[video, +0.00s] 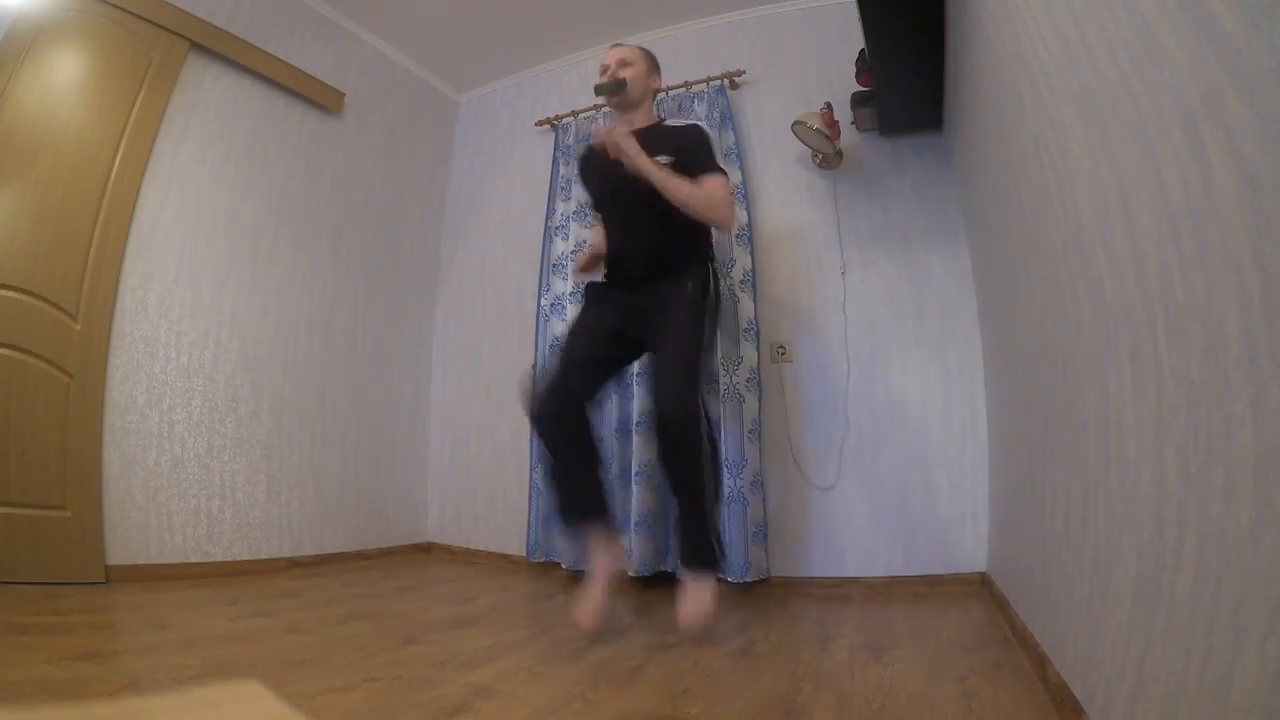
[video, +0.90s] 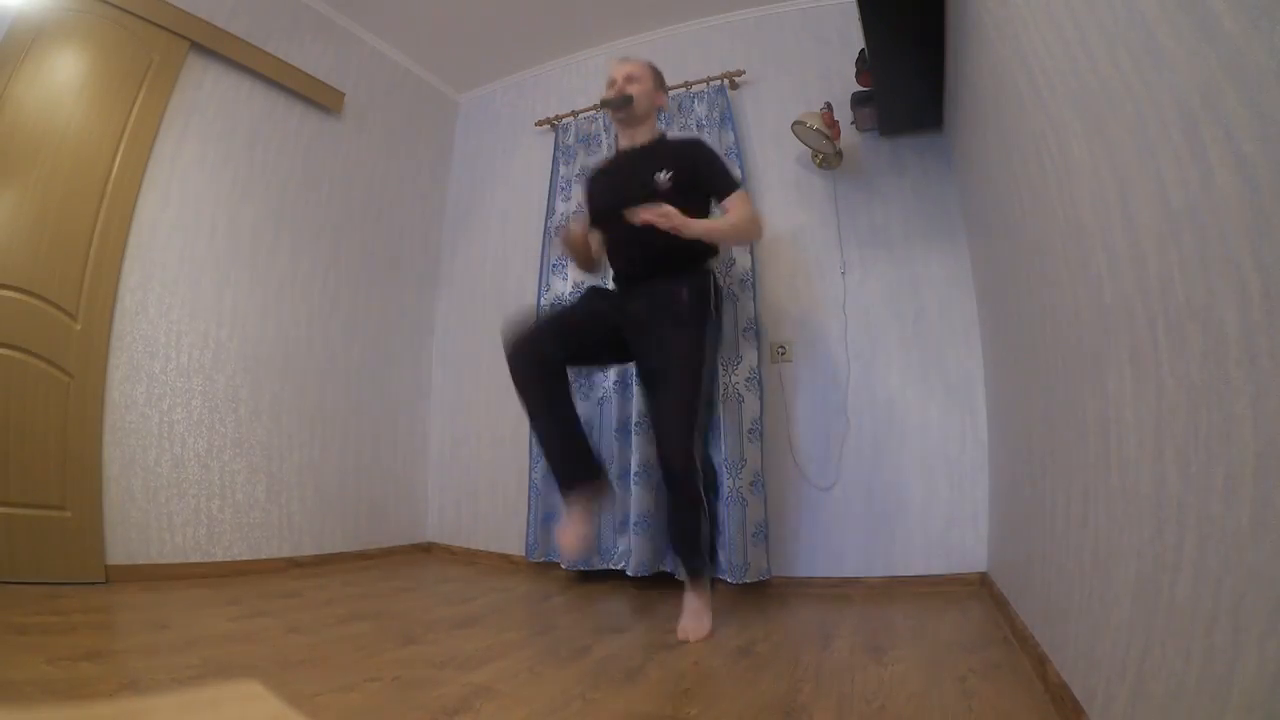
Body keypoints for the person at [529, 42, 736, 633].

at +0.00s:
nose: (612, 74)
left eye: (626, 66)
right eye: (604, 69)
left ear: (655, 84)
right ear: (597, 89)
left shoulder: (685, 139)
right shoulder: (595, 159)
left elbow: (722, 212)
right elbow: (612, 225)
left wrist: (644, 164)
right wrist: (596, 249)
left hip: (681, 292)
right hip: (617, 297)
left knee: (675, 409)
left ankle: (699, 568)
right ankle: (601, 545)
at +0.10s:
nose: (614, 87)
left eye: (628, 78)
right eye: (607, 82)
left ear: (658, 93)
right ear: (599, 101)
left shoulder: (693, 165)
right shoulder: (585, 175)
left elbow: (728, 248)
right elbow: (554, 262)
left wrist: (679, 230)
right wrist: (553, 240)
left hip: (681, 297)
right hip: (614, 308)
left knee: (646, 287)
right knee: (620, 453)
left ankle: (673, 449)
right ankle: (643, 597)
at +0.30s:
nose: (602, 70)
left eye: (616, 61)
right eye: (595, 67)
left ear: (647, 80)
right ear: (591, 90)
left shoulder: (685, 134)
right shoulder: (587, 161)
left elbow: (736, 209)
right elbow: (577, 248)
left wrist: (679, 203)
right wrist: (558, 225)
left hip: (678, 272)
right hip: (617, 280)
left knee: (648, 371)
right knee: (555, 383)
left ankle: (655, 538)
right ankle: (603, 527)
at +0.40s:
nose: (603, 85)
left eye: (616, 77)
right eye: (595, 81)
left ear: (648, 96)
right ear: (590, 106)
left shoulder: (676, 152)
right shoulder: (595, 182)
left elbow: (713, 223)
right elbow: (603, 264)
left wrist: (626, 168)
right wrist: (565, 257)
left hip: (672, 313)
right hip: (614, 307)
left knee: (666, 457)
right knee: (522, 259)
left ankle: (670, 607)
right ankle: (572, 407)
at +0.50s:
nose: (612, 87)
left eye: (625, 79)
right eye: (605, 80)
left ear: (654, 98)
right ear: (596, 99)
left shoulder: (675, 150)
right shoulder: (597, 176)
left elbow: (698, 207)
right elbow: (606, 256)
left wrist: (635, 140)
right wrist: (583, 242)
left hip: (670, 311)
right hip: (614, 306)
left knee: (663, 452)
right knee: (523, 292)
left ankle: (669, 601)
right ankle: (566, 444)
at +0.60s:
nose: (617, 71)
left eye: (630, 64)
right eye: (608, 68)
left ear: (657, 84)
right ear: (600, 91)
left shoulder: (688, 144)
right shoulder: (586, 156)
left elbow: (729, 217)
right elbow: (580, 221)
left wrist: (669, 175)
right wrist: (578, 237)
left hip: (673, 275)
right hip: (608, 281)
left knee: (655, 370)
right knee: (575, 401)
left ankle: (663, 541)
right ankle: (607, 562)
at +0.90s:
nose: (618, 89)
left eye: (632, 81)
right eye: (611, 84)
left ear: (661, 99)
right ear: (605, 105)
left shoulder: (689, 154)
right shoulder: (602, 180)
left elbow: (748, 225)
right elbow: (594, 264)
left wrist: (686, 224)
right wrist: (577, 242)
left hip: (680, 307)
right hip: (620, 309)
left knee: (676, 449)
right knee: (529, 348)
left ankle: (697, 582)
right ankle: (581, 488)